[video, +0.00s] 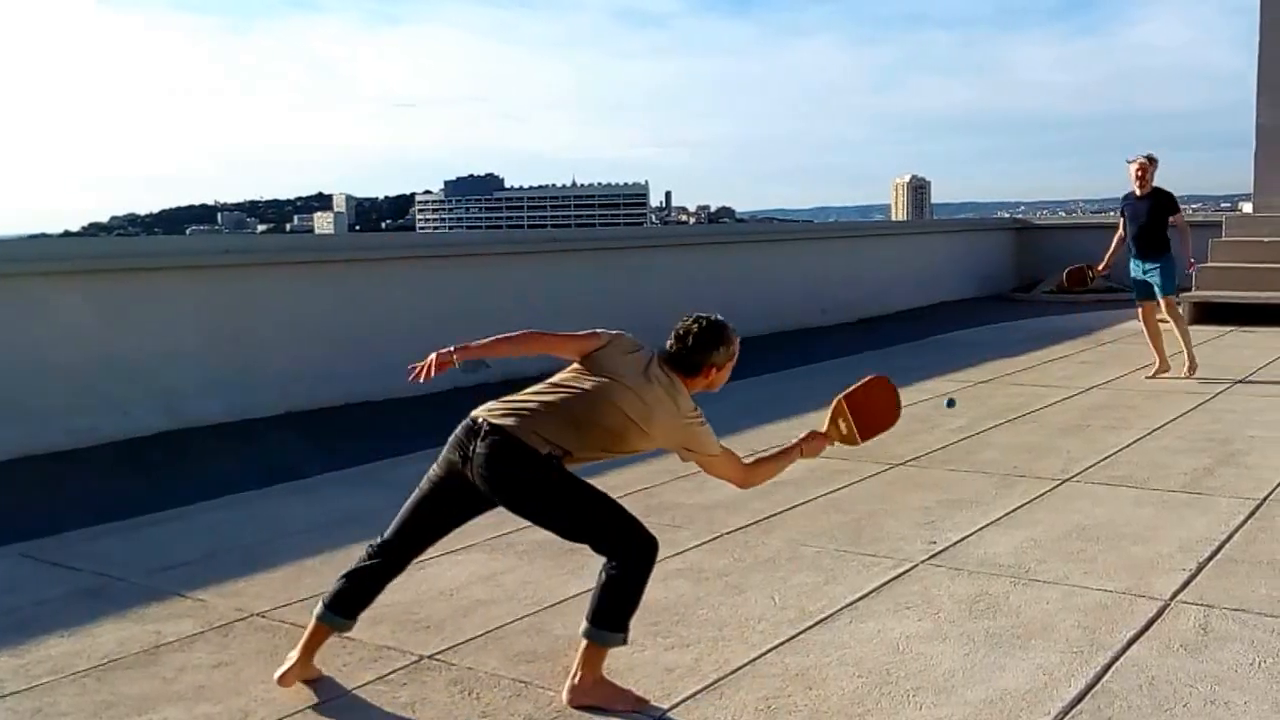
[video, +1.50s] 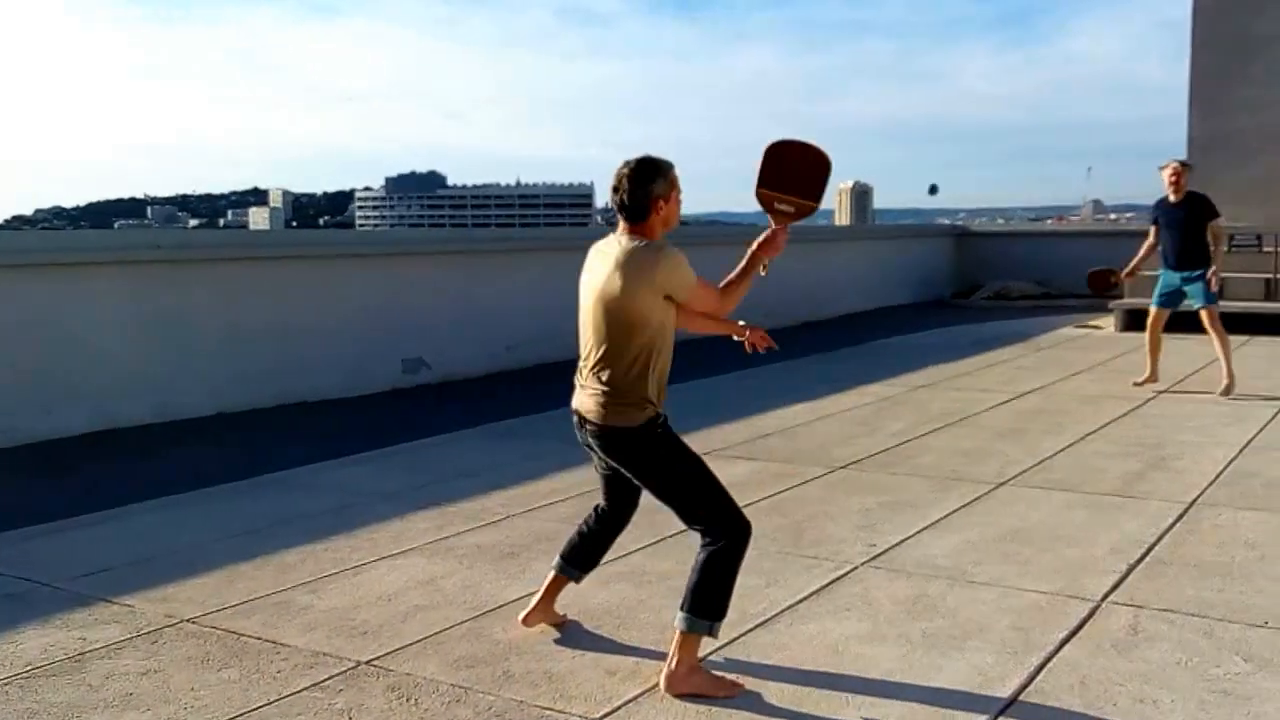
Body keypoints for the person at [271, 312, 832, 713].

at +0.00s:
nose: (728, 376)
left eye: (730, 367)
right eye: (728, 368)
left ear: (678, 350)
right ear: (707, 371)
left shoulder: (621, 347)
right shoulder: (681, 418)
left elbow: (533, 342)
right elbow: (745, 475)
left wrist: (458, 351)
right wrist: (805, 447)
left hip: (473, 434)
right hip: (518, 461)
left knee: (389, 550)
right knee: (635, 545)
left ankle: (299, 660)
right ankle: (588, 679)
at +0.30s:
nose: (721, 269)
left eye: (720, 260)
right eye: (720, 260)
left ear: (666, 258)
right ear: (708, 265)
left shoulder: (615, 277)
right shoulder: (701, 322)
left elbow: (534, 313)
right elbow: (712, 416)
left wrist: (494, 378)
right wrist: (732, 452)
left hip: (513, 391)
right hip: (564, 407)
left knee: (552, 513)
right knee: (622, 542)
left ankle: (469, 616)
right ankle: (577, 678)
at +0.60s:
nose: (690, 213)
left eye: (688, 204)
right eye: (689, 205)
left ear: (635, 205)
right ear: (678, 207)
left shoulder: (597, 247)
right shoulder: (681, 259)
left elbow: (533, 303)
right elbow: (686, 355)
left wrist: (524, 377)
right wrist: (679, 403)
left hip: (572, 393)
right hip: (622, 401)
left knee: (626, 515)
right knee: (669, 536)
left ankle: (618, 631)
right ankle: (586, 659)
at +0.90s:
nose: (689, 187)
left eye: (687, 177)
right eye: (687, 178)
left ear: (633, 184)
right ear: (674, 183)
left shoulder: (596, 238)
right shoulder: (678, 240)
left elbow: (568, 323)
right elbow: (681, 332)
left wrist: (605, 366)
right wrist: (715, 388)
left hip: (585, 389)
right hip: (637, 395)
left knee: (592, 498)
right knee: (705, 517)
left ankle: (561, 607)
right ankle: (696, 661)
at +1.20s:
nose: (705, 214)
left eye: (702, 205)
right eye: (700, 206)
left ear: (666, 216)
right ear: (682, 216)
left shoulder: (672, 267)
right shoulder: (635, 279)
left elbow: (722, 301)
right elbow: (634, 384)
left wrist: (802, 310)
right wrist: (689, 426)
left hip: (628, 418)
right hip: (618, 425)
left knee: (635, 511)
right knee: (721, 523)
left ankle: (554, 607)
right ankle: (695, 668)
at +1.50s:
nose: (679, 205)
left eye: (676, 195)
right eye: (676, 197)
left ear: (625, 204)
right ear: (661, 205)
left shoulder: (601, 252)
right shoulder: (658, 261)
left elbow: (663, 313)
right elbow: (719, 304)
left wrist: (735, 329)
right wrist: (760, 254)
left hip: (590, 415)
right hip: (632, 427)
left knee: (615, 507)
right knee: (728, 529)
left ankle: (541, 605)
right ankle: (683, 665)